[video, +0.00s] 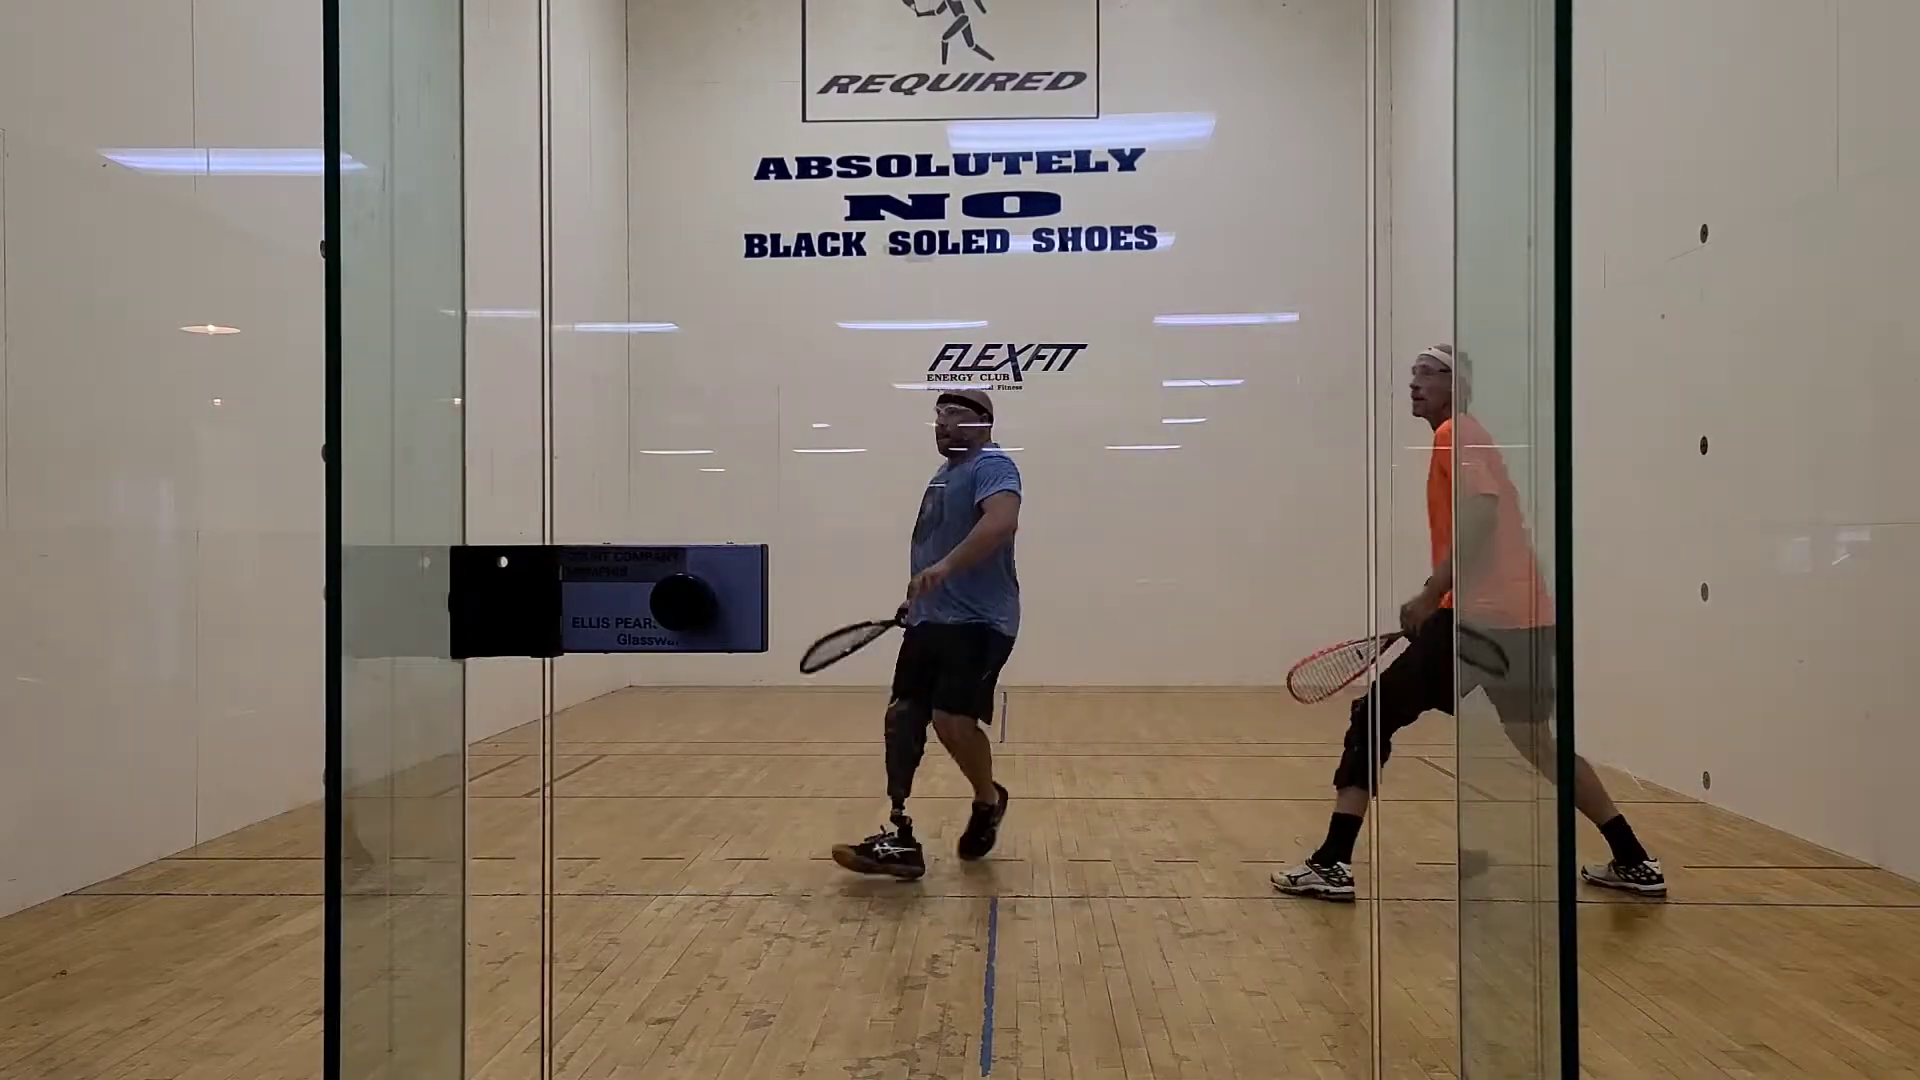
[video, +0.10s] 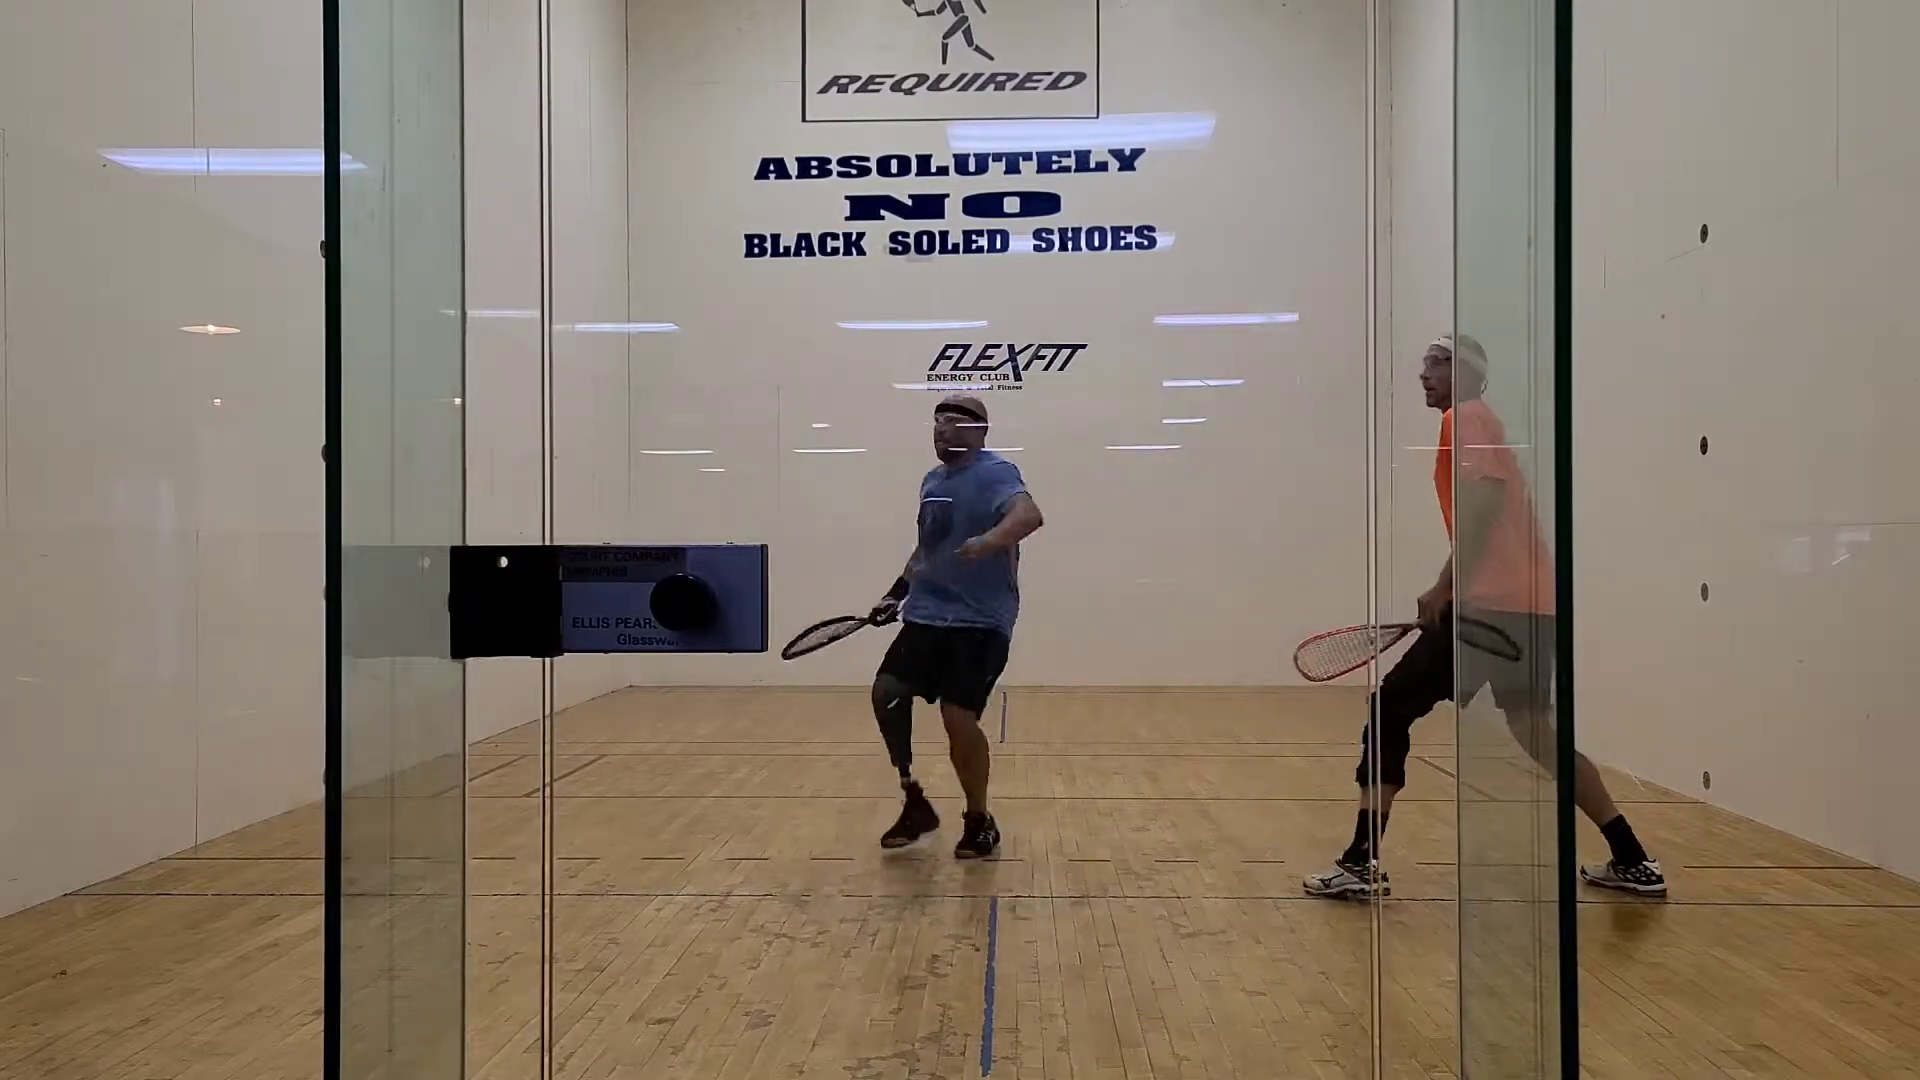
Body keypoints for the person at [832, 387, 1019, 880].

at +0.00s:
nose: (945, 422)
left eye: (958, 415)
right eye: (941, 415)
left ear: (983, 426)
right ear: (936, 424)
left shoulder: (992, 465)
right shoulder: (941, 479)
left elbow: (1001, 522)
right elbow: (935, 549)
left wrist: (944, 567)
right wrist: (914, 598)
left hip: (980, 619)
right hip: (932, 619)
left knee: (952, 719)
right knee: (902, 717)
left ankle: (988, 799)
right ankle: (899, 830)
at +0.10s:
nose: (948, 428)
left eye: (960, 421)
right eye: (942, 420)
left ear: (982, 432)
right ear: (934, 429)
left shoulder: (997, 473)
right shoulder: (933, 482)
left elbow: (1028, 514)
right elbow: (926, 548)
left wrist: (991, 540)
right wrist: (896, 594)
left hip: (982, 621)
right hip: (929, 616)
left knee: (958, 713)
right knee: (887, 696)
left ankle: (979, 820)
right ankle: (915, 803)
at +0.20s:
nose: (940, 428)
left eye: (950, 420)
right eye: (933, 421)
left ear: (971, 426)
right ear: (926, 429)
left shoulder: (1001, 466)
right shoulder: (917, 478)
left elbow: (1063, 502)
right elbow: (906, 537)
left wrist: (1050, 542)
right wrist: (883, 586)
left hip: (987, 608)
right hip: (927, 609)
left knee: (988, 702)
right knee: (893, 704)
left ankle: (988, 813)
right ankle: (912, 752)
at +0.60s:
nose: (972, 445)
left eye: (980, 438)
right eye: (968, 438)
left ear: (1000, 440)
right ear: (963, 442)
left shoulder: (1031, 479)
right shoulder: (951, 481)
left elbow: (1070, 522)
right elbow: (938, 529)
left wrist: (1064, 572)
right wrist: (927, 564)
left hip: (1013, 599)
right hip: (964, 596)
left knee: (1007, 677)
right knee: (951, 671)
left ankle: (1001, 755)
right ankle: (949, 722)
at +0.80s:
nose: (987, 465)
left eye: (995, 459)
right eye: (985, 459)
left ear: (1017, 463)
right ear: (983, 464)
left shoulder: (1043, 498)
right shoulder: (971, 503)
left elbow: (1095, 523)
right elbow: (954, 545)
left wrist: (1099, 540)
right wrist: (951, 561)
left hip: (1035, 605)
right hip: (989, 608)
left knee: (1046, 675)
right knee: (977, 677)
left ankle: (1059, 729)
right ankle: (962, 735)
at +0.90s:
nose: (1012, 461)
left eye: (1021, 456)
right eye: (1010, 457)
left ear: (1040, 465)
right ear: (1007, 465)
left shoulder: (1062, 499)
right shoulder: (998, 503)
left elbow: (1104, 527)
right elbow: (974, 551)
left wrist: (1079, 519)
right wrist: (980, 526)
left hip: (1052, 607)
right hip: (1007, 605)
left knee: (1057, 678)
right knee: (985, 670)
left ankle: (1081, 713)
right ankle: (963, 733)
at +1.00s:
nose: (1048, 461)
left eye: (1055, 456)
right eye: (1045, 456)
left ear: (1073, 463)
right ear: (1040, 463)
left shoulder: (1092, 495)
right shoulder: (1037, 493)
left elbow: (1082, 519)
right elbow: (1016, 520)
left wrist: (1043, 501)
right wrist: (1028, 497)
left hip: (1075, 602)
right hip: (1033, 596)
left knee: (1068, 674)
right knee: (1009, 664)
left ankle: (1079, 726)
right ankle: (970, 730)